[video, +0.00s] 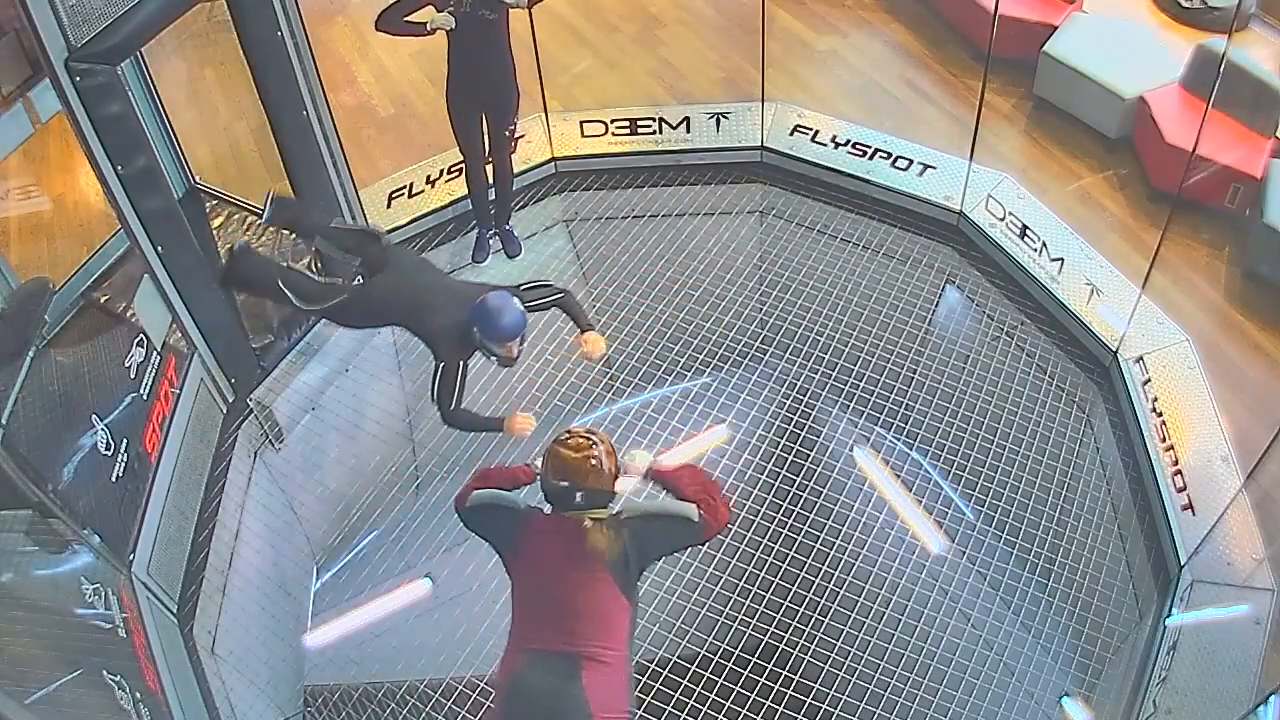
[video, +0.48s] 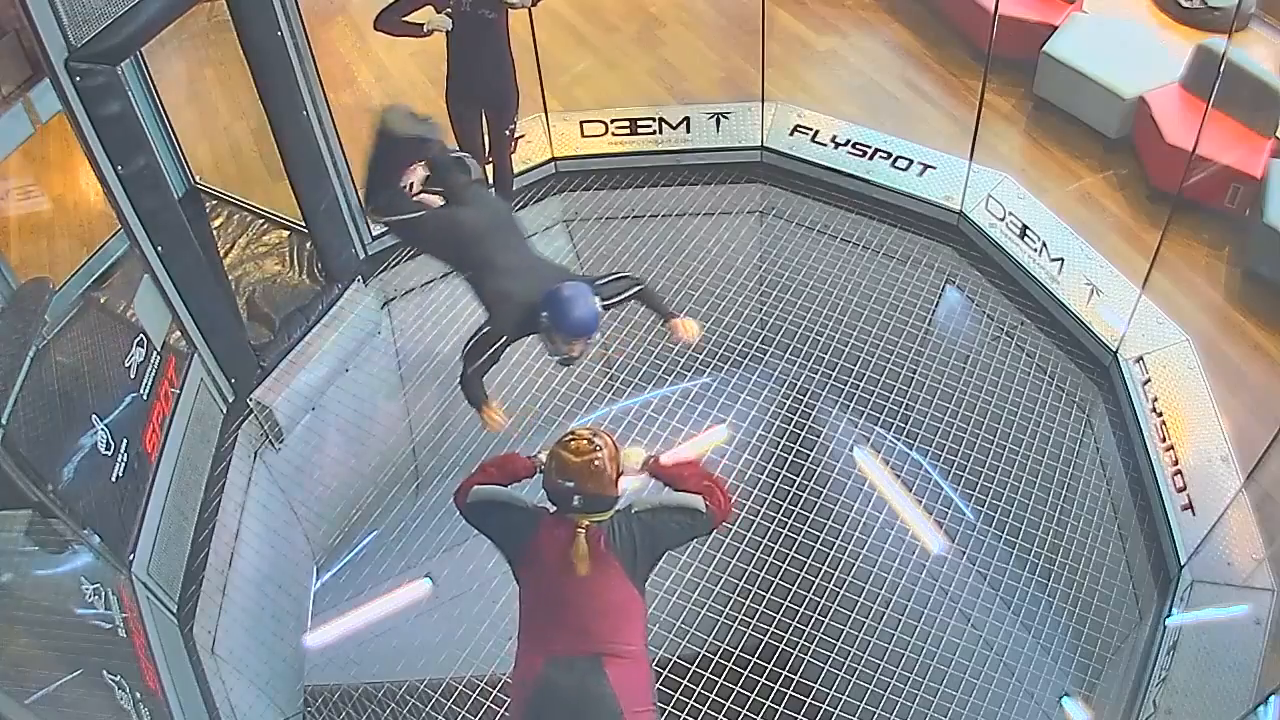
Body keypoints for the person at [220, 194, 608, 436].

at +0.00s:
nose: (514, 349)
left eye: (517, 342)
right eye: (507, 346)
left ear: (518, 316)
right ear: (485, 341)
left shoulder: (504, 297)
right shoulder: (453, 353)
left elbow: (561, 293)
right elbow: (449, 412)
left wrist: (587, 331)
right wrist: (502, 424)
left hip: (417, 264)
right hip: (384, 300)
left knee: (368, 244)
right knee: (320, 298)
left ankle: (289, 214)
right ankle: (243, 263)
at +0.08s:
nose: (521, 345)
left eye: (523, 337)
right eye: (513, 342)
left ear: (524, 318)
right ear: (487, 335)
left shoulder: (512, 298)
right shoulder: (457, 347)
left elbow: (565, 293)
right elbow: (454, 407)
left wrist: (595, 330)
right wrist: (505, 416)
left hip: (421, 259)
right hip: (389, 290)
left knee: (380, 228)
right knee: (322, 287)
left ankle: (301, 189)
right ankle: (236, 241)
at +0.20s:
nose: (531, 348)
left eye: (535, 339)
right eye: (522, 343)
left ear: (541, 317)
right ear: (501, 332)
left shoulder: (527, 296)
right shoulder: (468, 339)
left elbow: (583, 297)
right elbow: (457, 399)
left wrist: (617, 328)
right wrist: (498, 419)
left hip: (434, 247)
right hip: (399, 271)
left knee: (395, 204)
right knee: (323, 262)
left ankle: (338, 154)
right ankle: (262, 207)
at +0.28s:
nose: (542, 348)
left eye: (547, 340)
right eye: (534, 343)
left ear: (553, 310)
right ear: (512, 329)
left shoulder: (541, 290)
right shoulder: (479, 334)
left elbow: (594, 293)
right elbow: (461, 395)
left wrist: (628, 324)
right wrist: (498, 423)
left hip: (450, 240)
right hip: (409, 259)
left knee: (411, 193)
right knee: (343, 256)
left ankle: (373, 128)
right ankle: (312, 180)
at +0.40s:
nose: (567, 351)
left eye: (573, 343)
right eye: (559, 345)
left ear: (578, 320)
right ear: (536, 333)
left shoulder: (570, 292)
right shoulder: (497, 329)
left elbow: (619, 285)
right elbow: (466, 386)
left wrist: (654, 320)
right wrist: (495, 420)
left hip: (476, 226)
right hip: (435, 243)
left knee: (439, 184)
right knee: (368, 218)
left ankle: (409, 136)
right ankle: (380, 175)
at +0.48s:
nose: (577, 353)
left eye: (582, 345)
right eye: (569, 348)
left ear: (591, 325)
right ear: (548, 332)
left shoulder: (588, 293)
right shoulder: (510, 324)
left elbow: (636, 284)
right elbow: (469, 367)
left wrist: (672, 317)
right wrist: (483, 406)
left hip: (496, 218)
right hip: (457, 235)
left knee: (466, 181)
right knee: (383, 207)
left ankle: (431, 145)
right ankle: (392, 135)